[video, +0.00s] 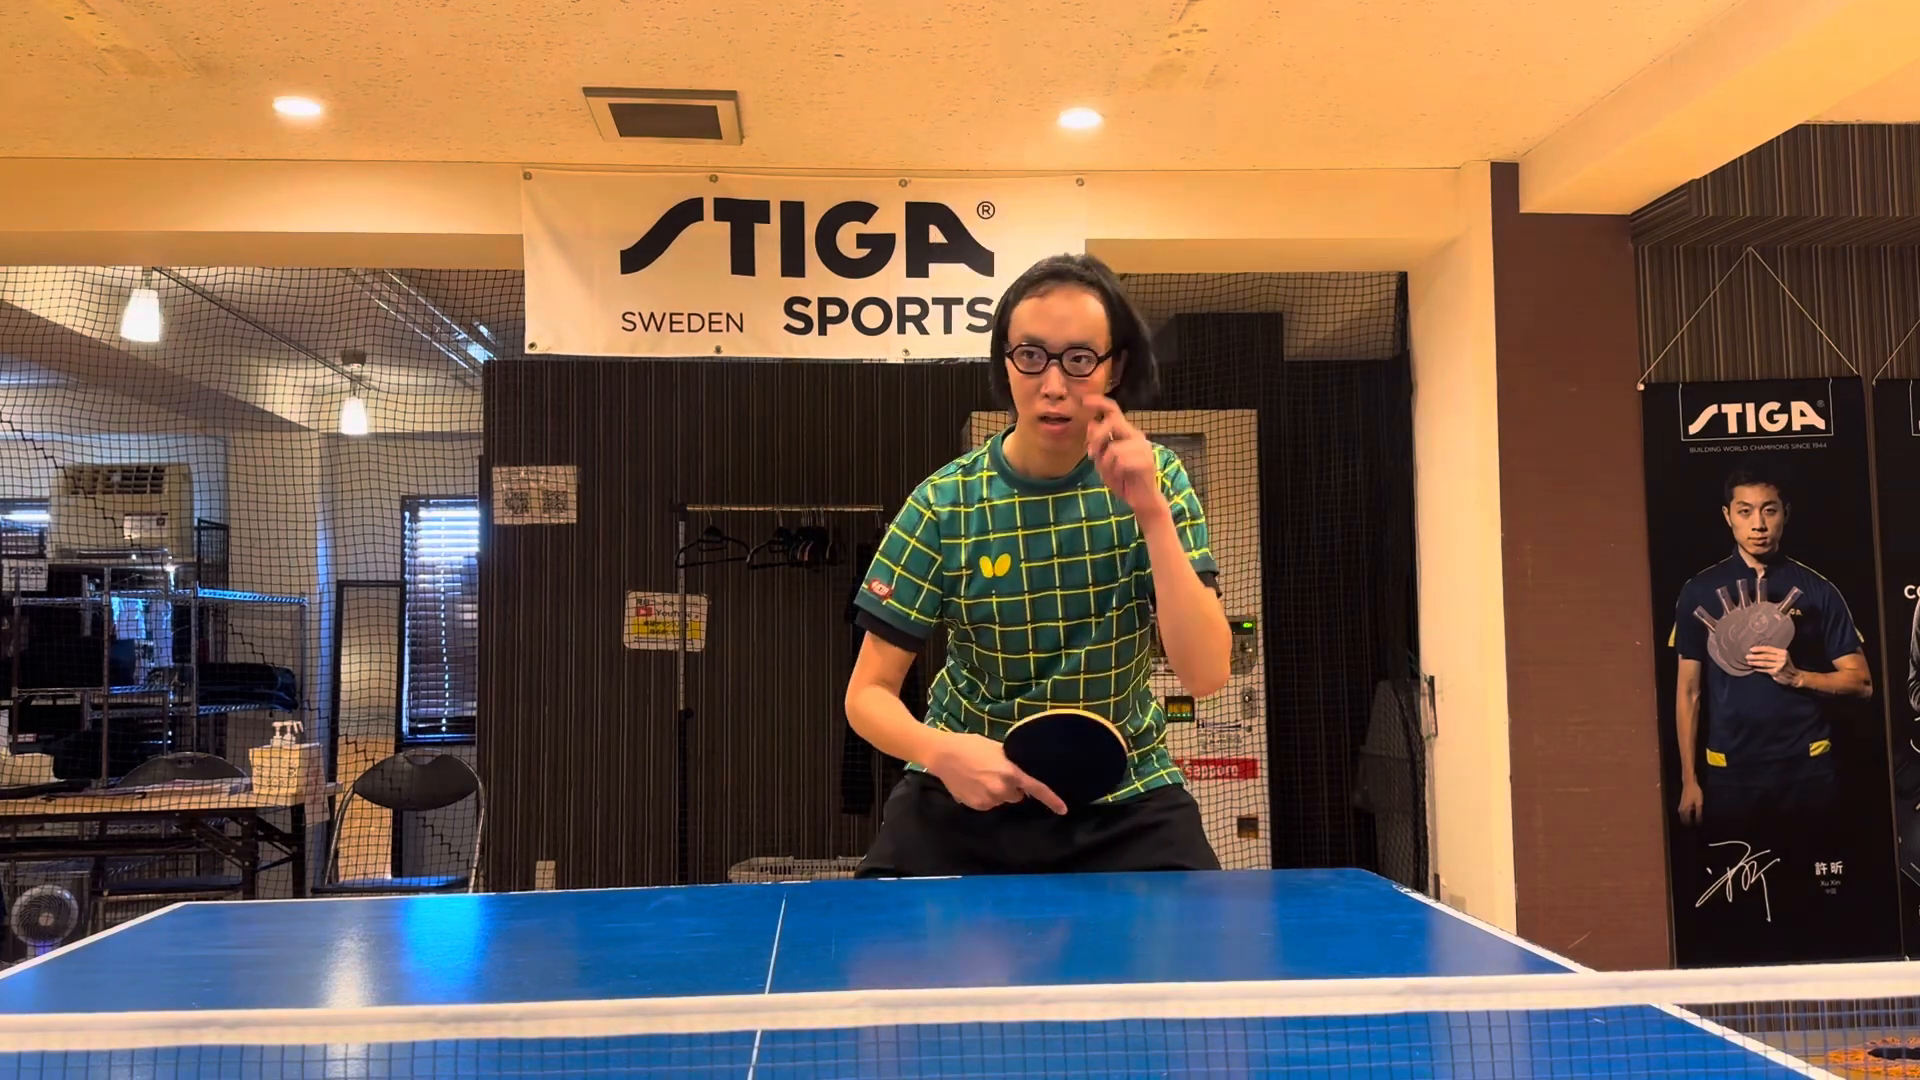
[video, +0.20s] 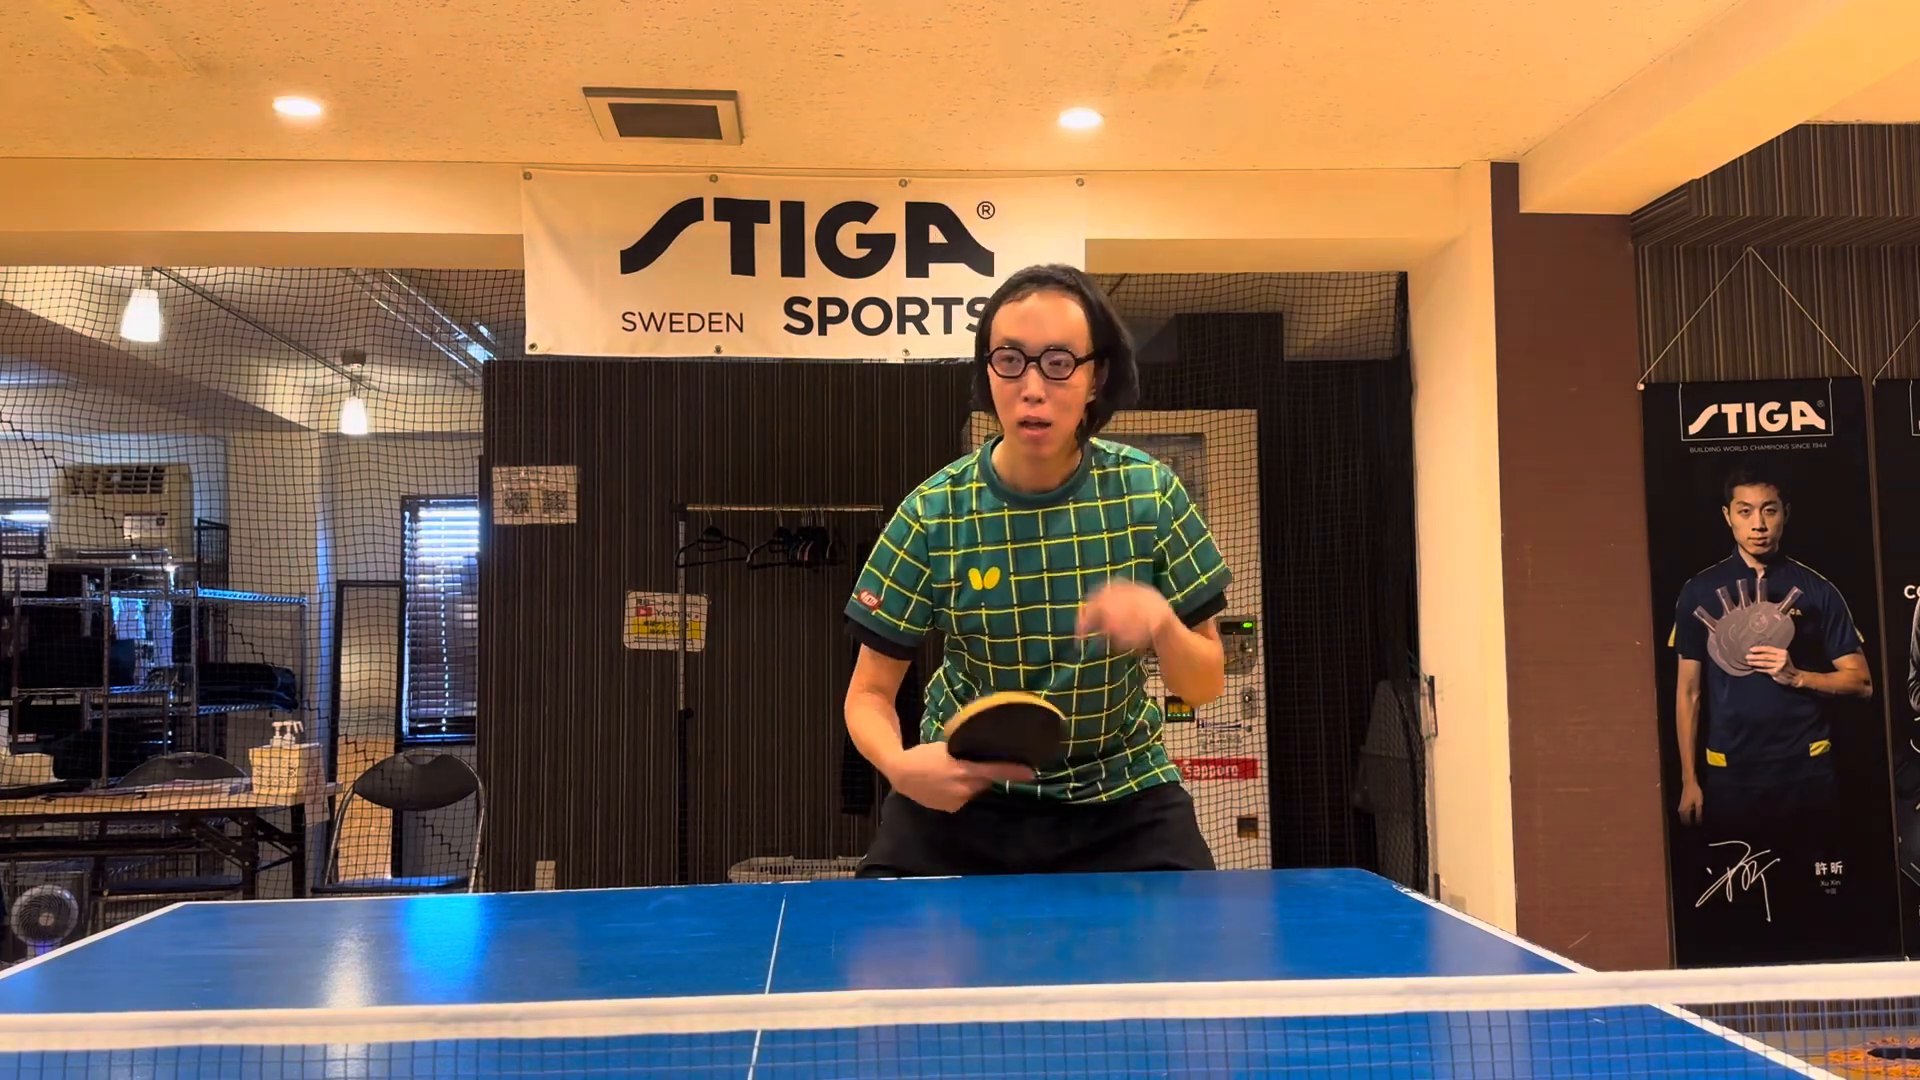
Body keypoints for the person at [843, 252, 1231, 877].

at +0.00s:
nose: (1053, 386)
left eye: (1079, 360)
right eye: (1031, 357)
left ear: (1116, 369)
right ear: (1004, 365)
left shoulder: (1154, 480)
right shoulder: (944, 504)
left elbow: (1204, 673)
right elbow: (867, 694)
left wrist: (1153, 516)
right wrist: (939, 752)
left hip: (1127, 792)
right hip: (959, 799)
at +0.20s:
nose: (1032, 387)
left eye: (1058, 363)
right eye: (1010, 361)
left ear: (1096, 378)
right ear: (986, 374)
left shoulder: (1149, 493)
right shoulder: (933, 513)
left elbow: (1203, 684)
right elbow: (869, 694)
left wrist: (1162, 623)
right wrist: (898, 767)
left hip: (1121, 792)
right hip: (962, 796)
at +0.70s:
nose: (1061, 369)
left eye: (1087, 347)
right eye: (1040, 345)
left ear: (1126, 365)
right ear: (1014, 359)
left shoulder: (1182, 493)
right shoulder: (959, 500)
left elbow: (1217, 682)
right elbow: (892, 689)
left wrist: (1228, 850)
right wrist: (913, 716)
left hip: (1142, 783)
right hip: (981, 779)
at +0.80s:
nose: (1059, 376)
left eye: (1085, 355)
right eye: (1038, 351)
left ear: (1121, 375)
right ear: (1011, 368)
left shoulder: (1176, 500)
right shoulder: (955, 507)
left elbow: (1218, 688)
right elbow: (934, 685)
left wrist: (1227, 851)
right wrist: (904, 702)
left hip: (1134, 779)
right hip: (978, 777)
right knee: (901, 949)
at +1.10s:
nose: (1017, 383)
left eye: (1041, 361)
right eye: (996, 361)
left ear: (1076, 379)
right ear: (972, 380)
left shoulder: (1142, 504)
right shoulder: (925, 519)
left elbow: (1196, 695)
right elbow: (870, 731)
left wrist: (1217, 866)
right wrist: (919, 674)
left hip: (1124, 795)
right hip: (964, 794)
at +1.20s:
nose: (1019, 377)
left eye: (1043, 354)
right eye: (997, 355)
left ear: (1080, 372)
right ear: (973, 376)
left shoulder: (1144, 503)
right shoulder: (930, 515)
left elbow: (1197, 696)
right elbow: (892, 734)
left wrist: (1217, 867)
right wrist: (875, 669)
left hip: (1126, 789)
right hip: (968, 788)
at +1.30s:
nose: (1027, 368)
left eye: (1052, 346)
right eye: (1006, 346)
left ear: (1088, 368)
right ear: (982, 366)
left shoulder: (1151, 506)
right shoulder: (932, 513)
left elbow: (1199, 698)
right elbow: (923, 716)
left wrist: (1223, 864)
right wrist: (829, 634)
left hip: (1135, 803)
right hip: (974, 799)